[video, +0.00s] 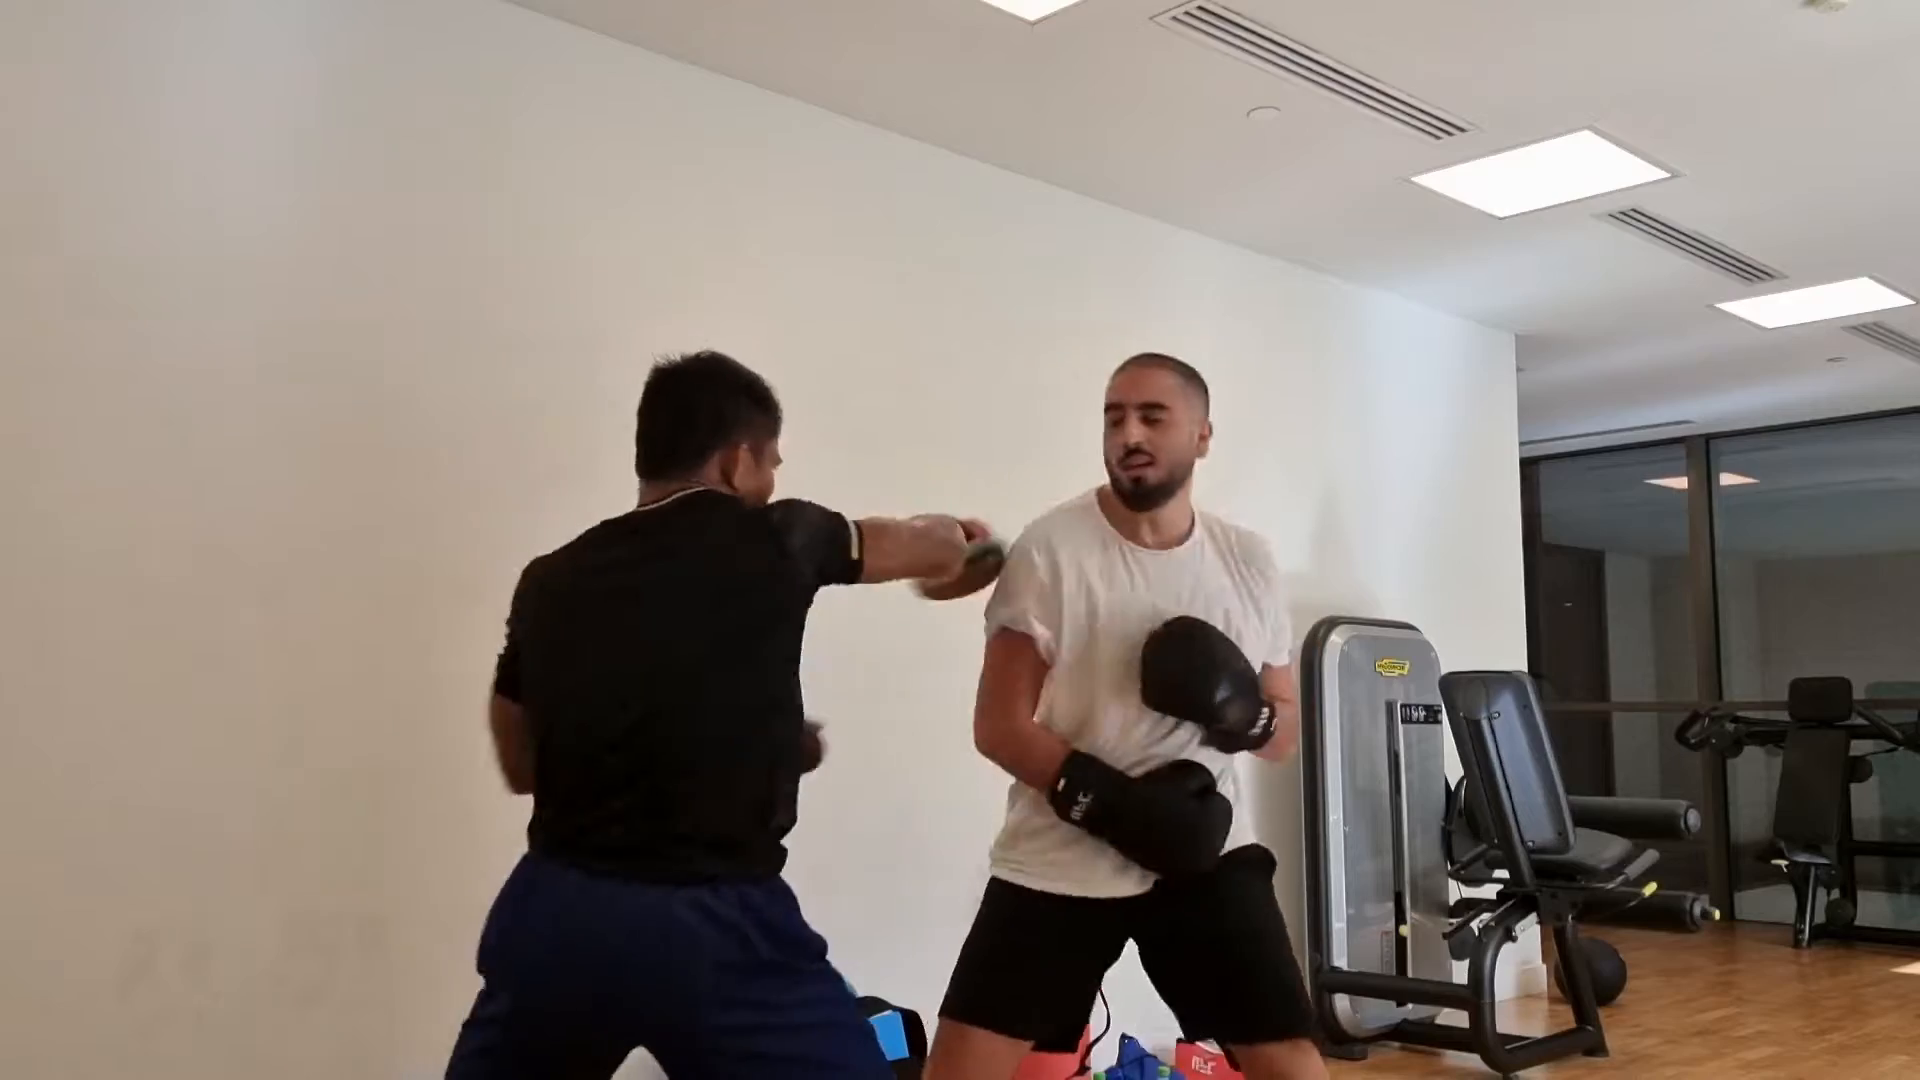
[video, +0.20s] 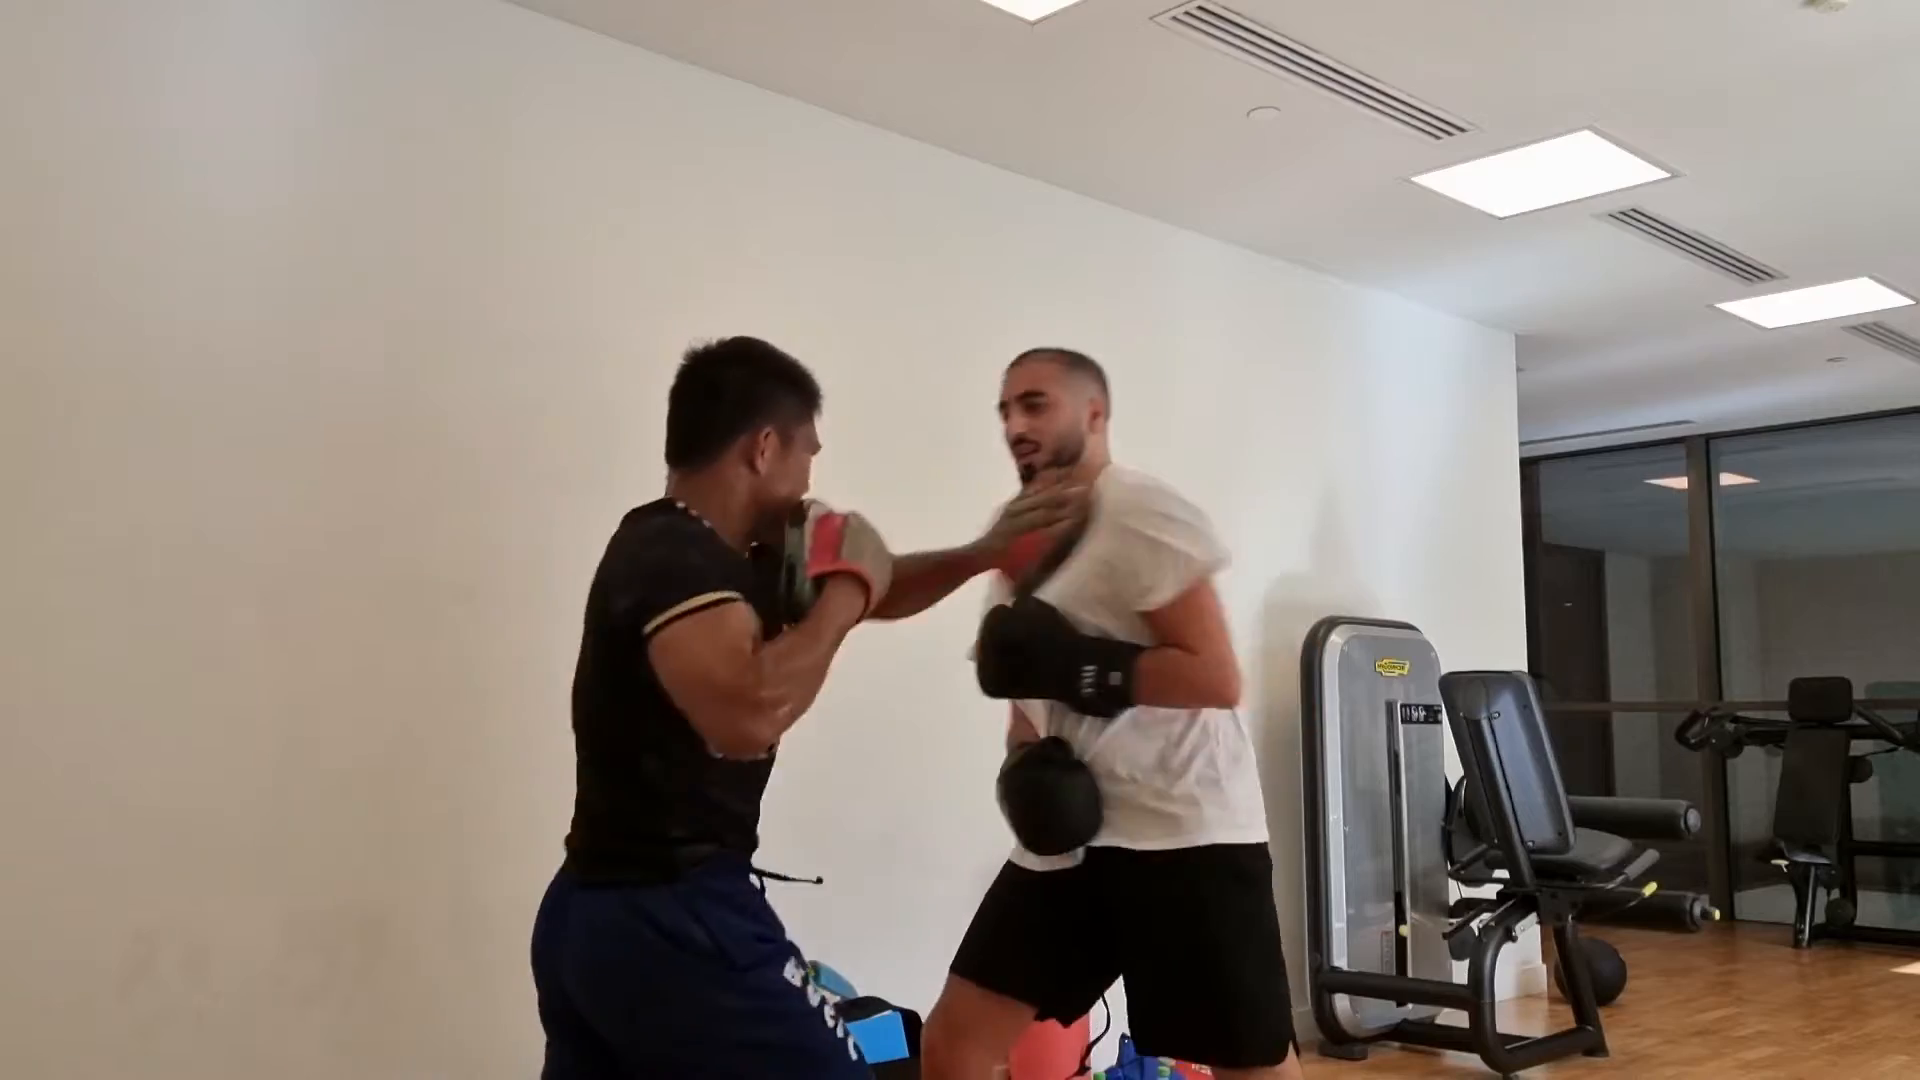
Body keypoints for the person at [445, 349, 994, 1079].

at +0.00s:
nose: (773, 487)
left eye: (777, 468)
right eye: (772, 466)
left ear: (647, 460)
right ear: (736, 460)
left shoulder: (550, 577)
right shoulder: (774, 535)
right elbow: (933, 547)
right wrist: (965, 549)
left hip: (554, 933)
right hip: (725, 939)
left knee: (489, 1066)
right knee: (849, 1063)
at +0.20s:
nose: (812, 474)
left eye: (815, 453)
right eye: (809, 452)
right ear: (762, 450)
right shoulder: (677, 557)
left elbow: (860, 593)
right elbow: (747, 715)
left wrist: (986, 554)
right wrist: (849, 592)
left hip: (598, 917)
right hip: (680, 924)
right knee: (825, 1063)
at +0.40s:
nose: (749, 470)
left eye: (753, 447)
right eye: (747, 446)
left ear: (626, 443)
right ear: (702, 445)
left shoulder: (565, 547)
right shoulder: (677, 536)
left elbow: (644, 675)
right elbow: (776, 659)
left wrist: (779, 622)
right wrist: (939, 601)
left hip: (536, 914)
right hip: (669, 919)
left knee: (512, 1069)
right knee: (811, 1064)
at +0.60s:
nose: (736, 469)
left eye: (742, 451)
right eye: (736, 448)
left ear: (610, 432)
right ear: (694, 434)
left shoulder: (502, 535)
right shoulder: (732, 515)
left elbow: (469, 646)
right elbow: (913, 582)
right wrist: (1012, 507)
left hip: (512, 915)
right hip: (681, 924)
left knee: (479, 1068)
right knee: (798, 1067)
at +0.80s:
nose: (841, 475)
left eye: (843, 452)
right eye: (838, 451)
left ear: (717, 442)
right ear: (793, 450)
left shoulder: (657, 544)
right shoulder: (721, 554)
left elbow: (777, 680)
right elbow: (745, 743)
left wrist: (864, 558)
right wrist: (891, 673)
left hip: (528, 911)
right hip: (639, 932)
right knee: (785, 1061)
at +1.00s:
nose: (750, 562)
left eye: (763, 534)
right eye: (759, 529)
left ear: (630, 500)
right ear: (711, 515)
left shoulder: (535, 593)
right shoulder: (655, 608)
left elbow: (582, 761)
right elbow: (681, 818)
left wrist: (731, 685)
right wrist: (779, 737)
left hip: (420, 975)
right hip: (552, 990)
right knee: (736, 1066)